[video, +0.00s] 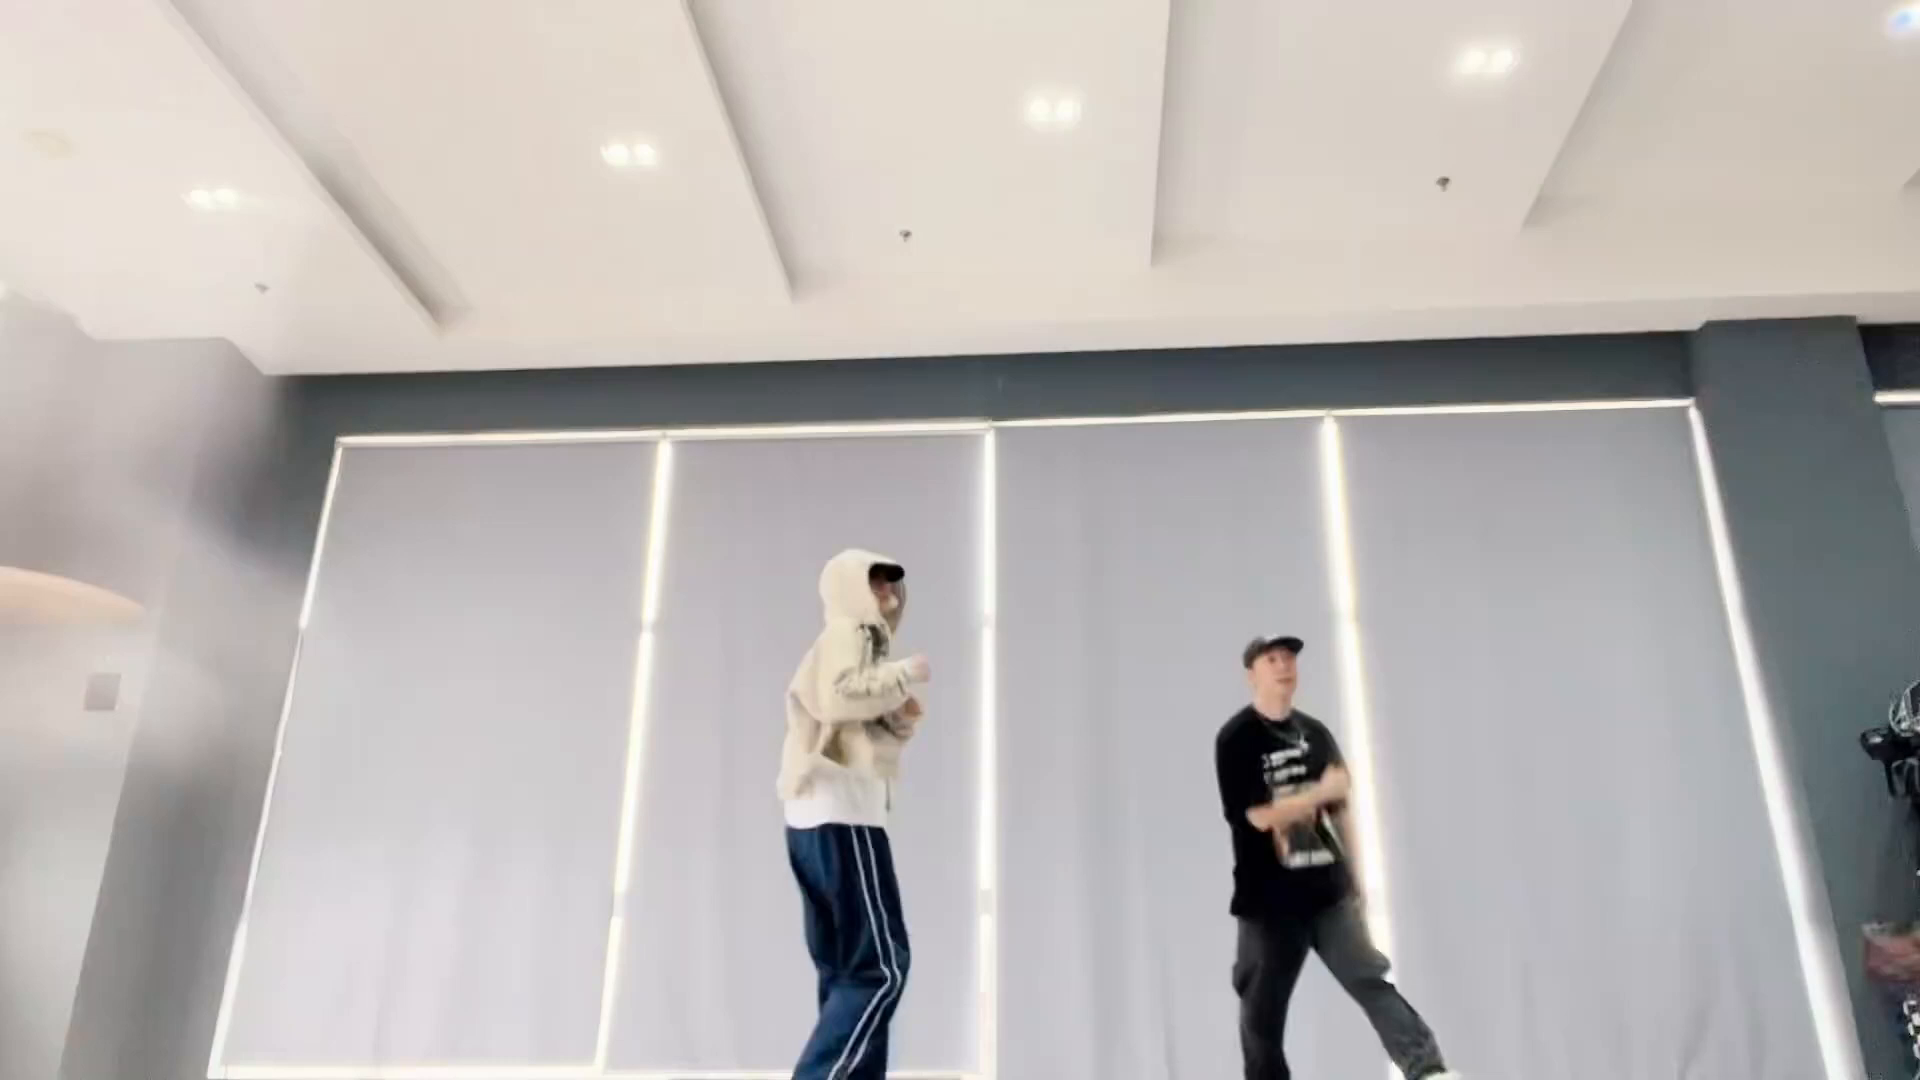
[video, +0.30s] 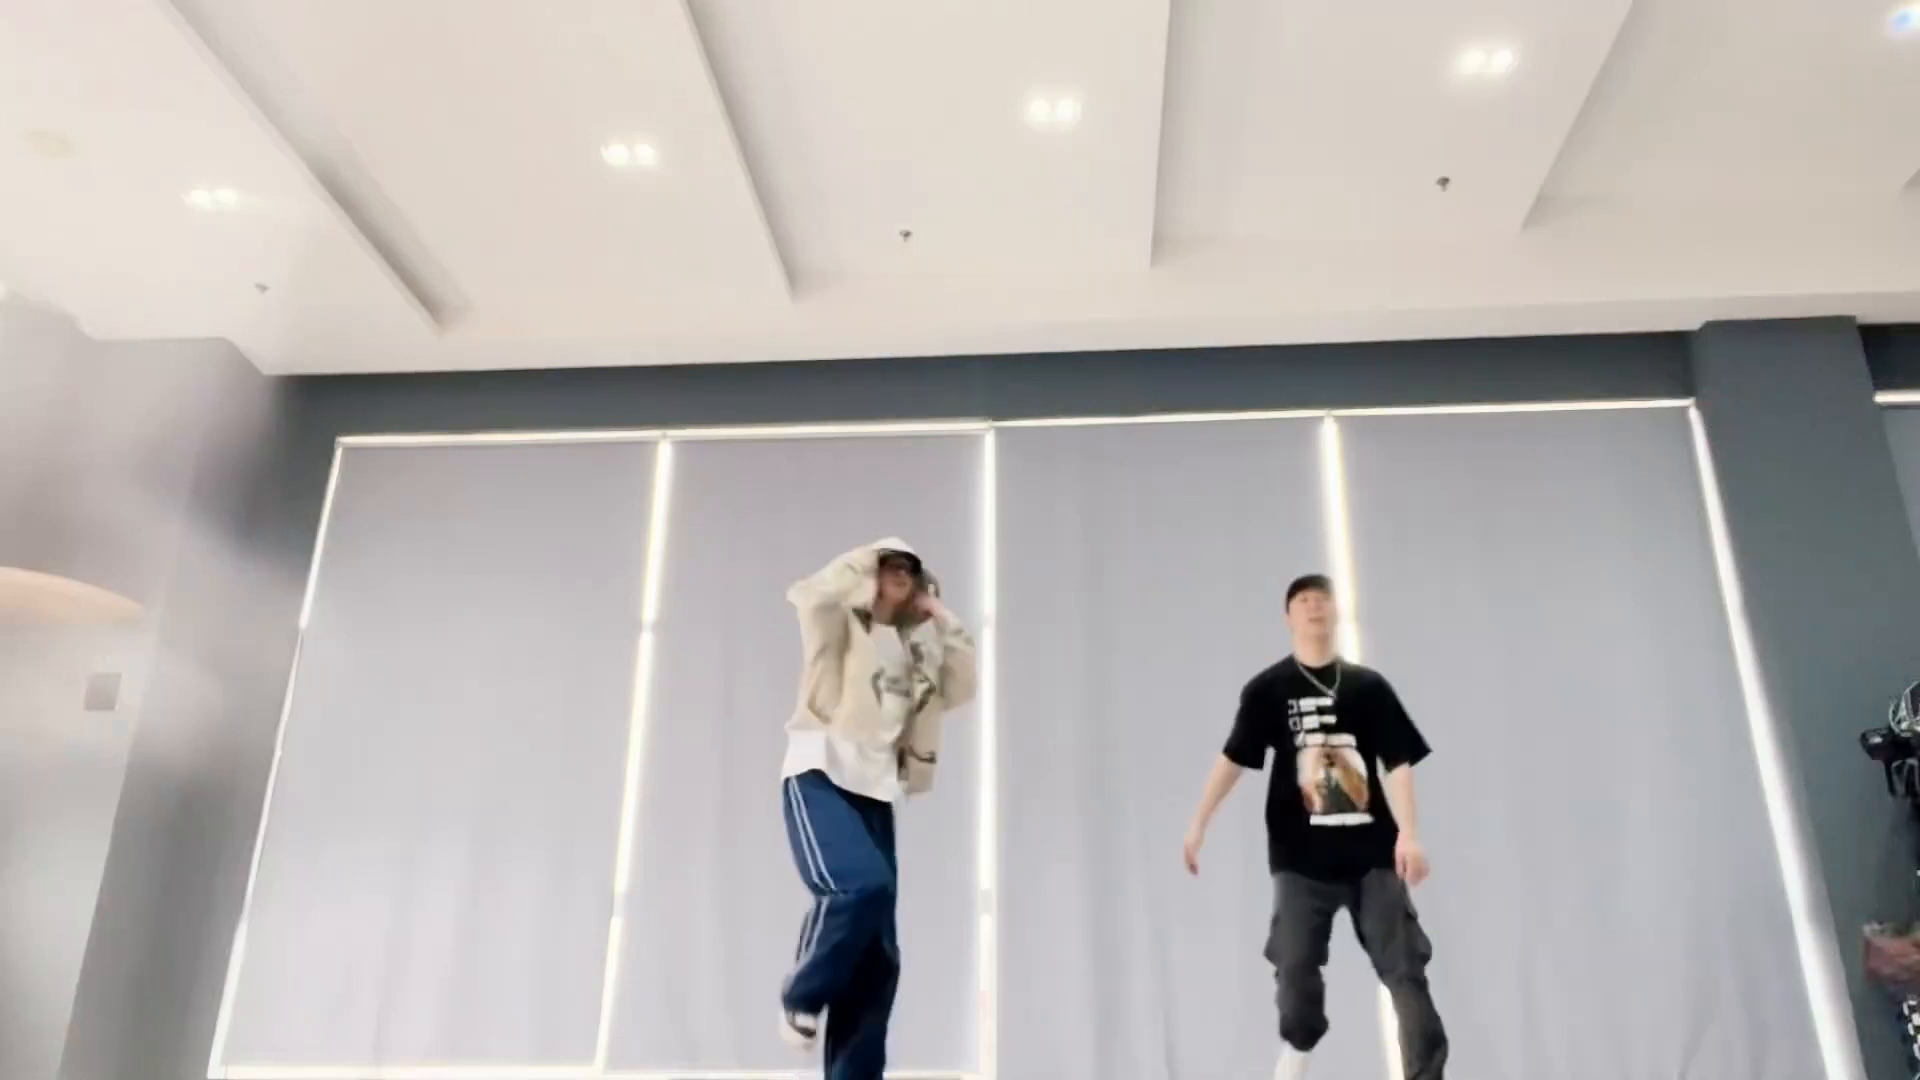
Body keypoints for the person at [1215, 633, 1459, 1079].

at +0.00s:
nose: (1285, 668)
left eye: (1289, 660)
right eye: (1273, 662)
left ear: (1297, 669)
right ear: (1251, 674)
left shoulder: (1314, 732)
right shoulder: (1236, 739)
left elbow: (1341, 796)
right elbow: (1258, 817)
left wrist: (1357, 877)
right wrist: (1322, 791)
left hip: (1328, 889)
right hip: (1269, 898)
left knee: (1368, 980)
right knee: (1260, 1010)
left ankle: (1427, 1068)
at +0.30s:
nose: (1316, 607)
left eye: (1323, 598)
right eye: (1304, 601)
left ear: (1336, 612)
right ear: (1289, 618)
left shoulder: (1368, 687)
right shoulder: (1266, 691)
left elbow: (1398, 764)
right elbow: (1233, 760)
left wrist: (1408, 836)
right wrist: (1198, 825)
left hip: (1370, 856)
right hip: (1301, 859)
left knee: (1402, 962)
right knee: (1294, 960)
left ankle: (1426, 1072)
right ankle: (1298, 1043)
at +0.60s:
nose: (1306, 600)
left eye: (1315, 591)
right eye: (1295, 595)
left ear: (1334, 605)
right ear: (1282, 614)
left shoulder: (1372, 672)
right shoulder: (1272, 692)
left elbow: (1427, 718)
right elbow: (1249, 765)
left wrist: (1421, 765)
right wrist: (1214, 805)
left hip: (1383, 848)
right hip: (1312, 854)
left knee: (1411, 964)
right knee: (1302, 956)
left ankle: (1434, 1074)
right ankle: (1292, 1065)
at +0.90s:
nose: (1301, 549)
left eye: (1310, 542)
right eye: (1290, 542)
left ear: (1322, 559)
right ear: (1267, 559)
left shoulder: (1349, 640)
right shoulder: (1238, 638)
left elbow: (1370, 729)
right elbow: (1226, 724)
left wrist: (1381, 764)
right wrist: (1241, 795)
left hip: (1361, 813)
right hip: (1288, 821)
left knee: (1418, 900)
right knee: (1274, 929)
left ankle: (1374, 1031)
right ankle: (1301, 1072)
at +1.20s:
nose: (1312, 520)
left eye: (1321, 513)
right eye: (1299, 513)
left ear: (1333, 532)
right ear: (1275, 532)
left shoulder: (1355, 622)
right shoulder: (1247, 606)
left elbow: (1365, 716)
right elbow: (1230, 699)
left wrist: (1380, 744)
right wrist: (1243, 782)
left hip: (1349, 808)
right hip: (1278, 812)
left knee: (1356, 949)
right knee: (1281, 961)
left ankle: (1368, 1072)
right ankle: (1291, 1075)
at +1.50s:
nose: (1309, 481)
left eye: (1318, 475)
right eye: (1296, 473)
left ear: (1331, 493)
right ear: (1273, 493)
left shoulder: (1371, 571)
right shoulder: (1246, 580)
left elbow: (1421, 653)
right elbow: (1227, 670)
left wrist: (1457, 611)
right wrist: (1204, 641)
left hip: (1367, 762)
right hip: (1277, 759)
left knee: (1389, 901)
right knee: (1248, 853)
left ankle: (1376, 1064)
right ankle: (1315, 956)